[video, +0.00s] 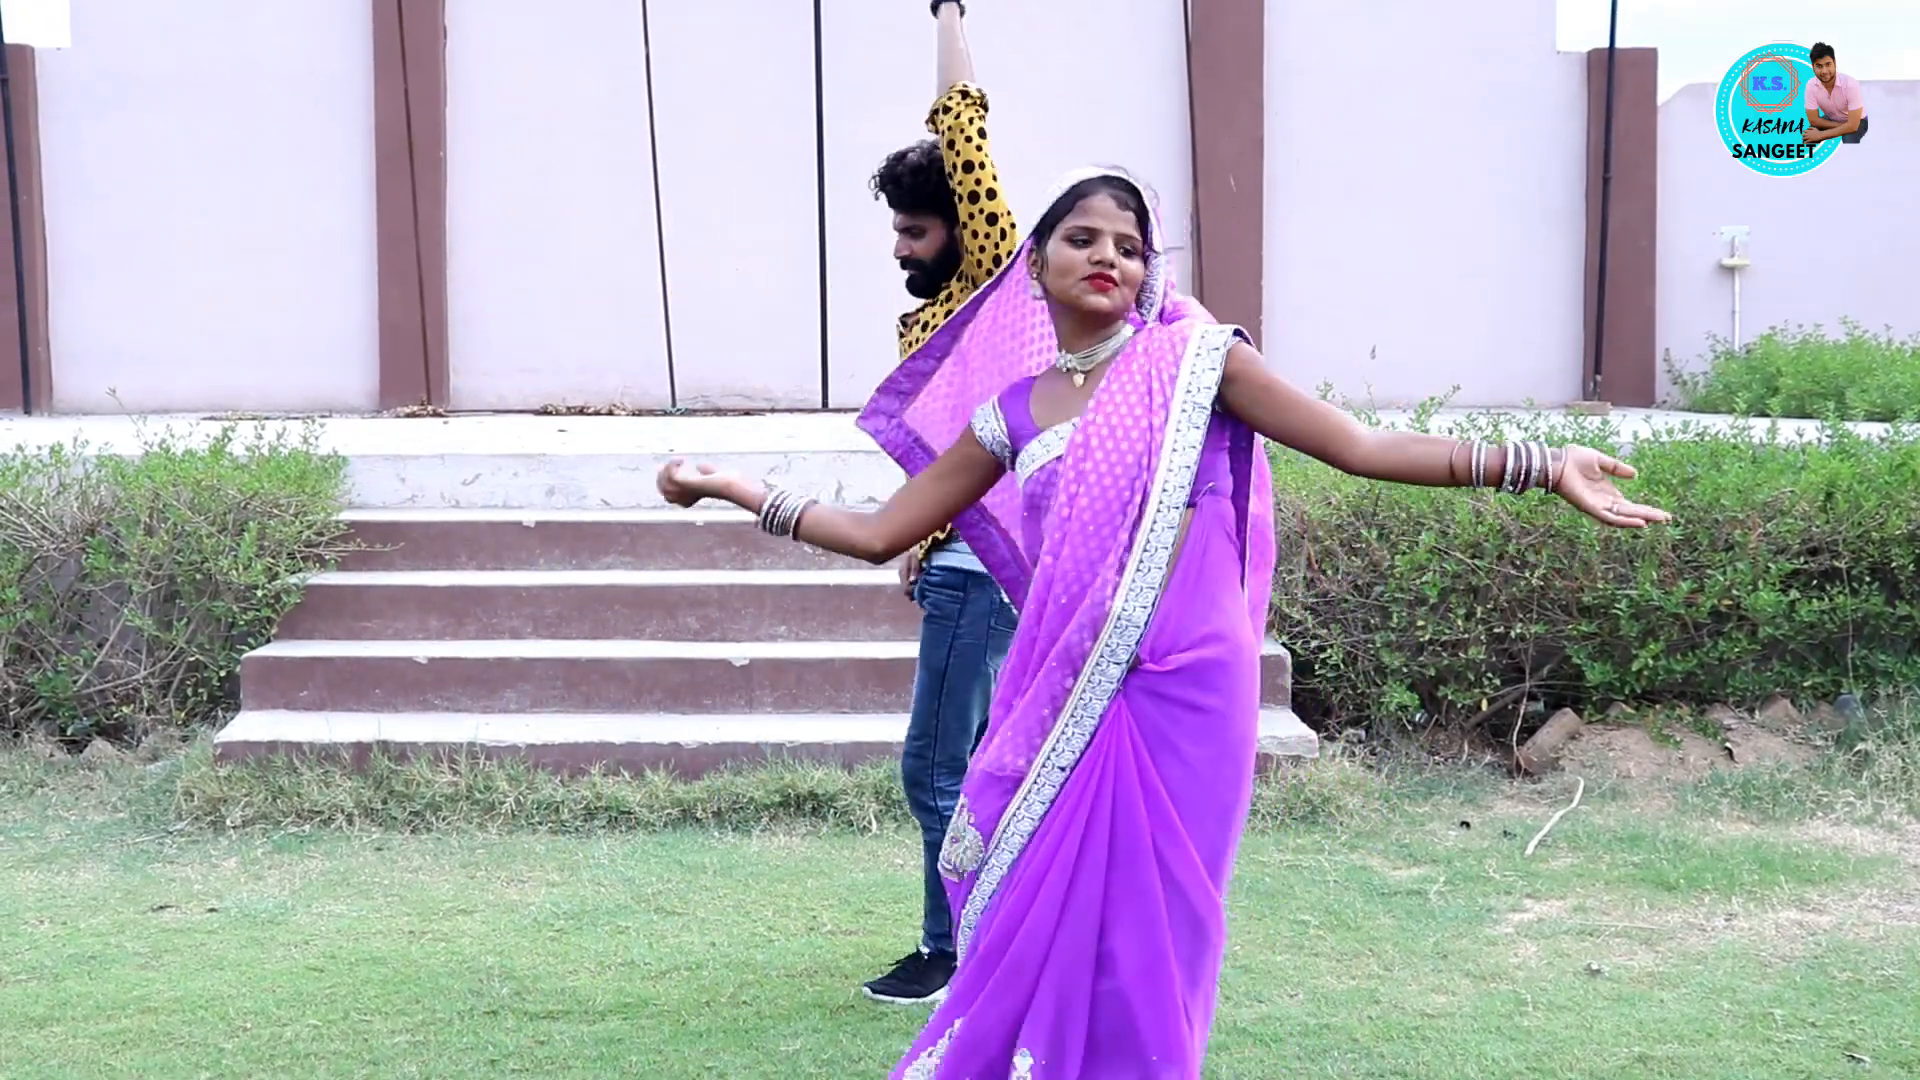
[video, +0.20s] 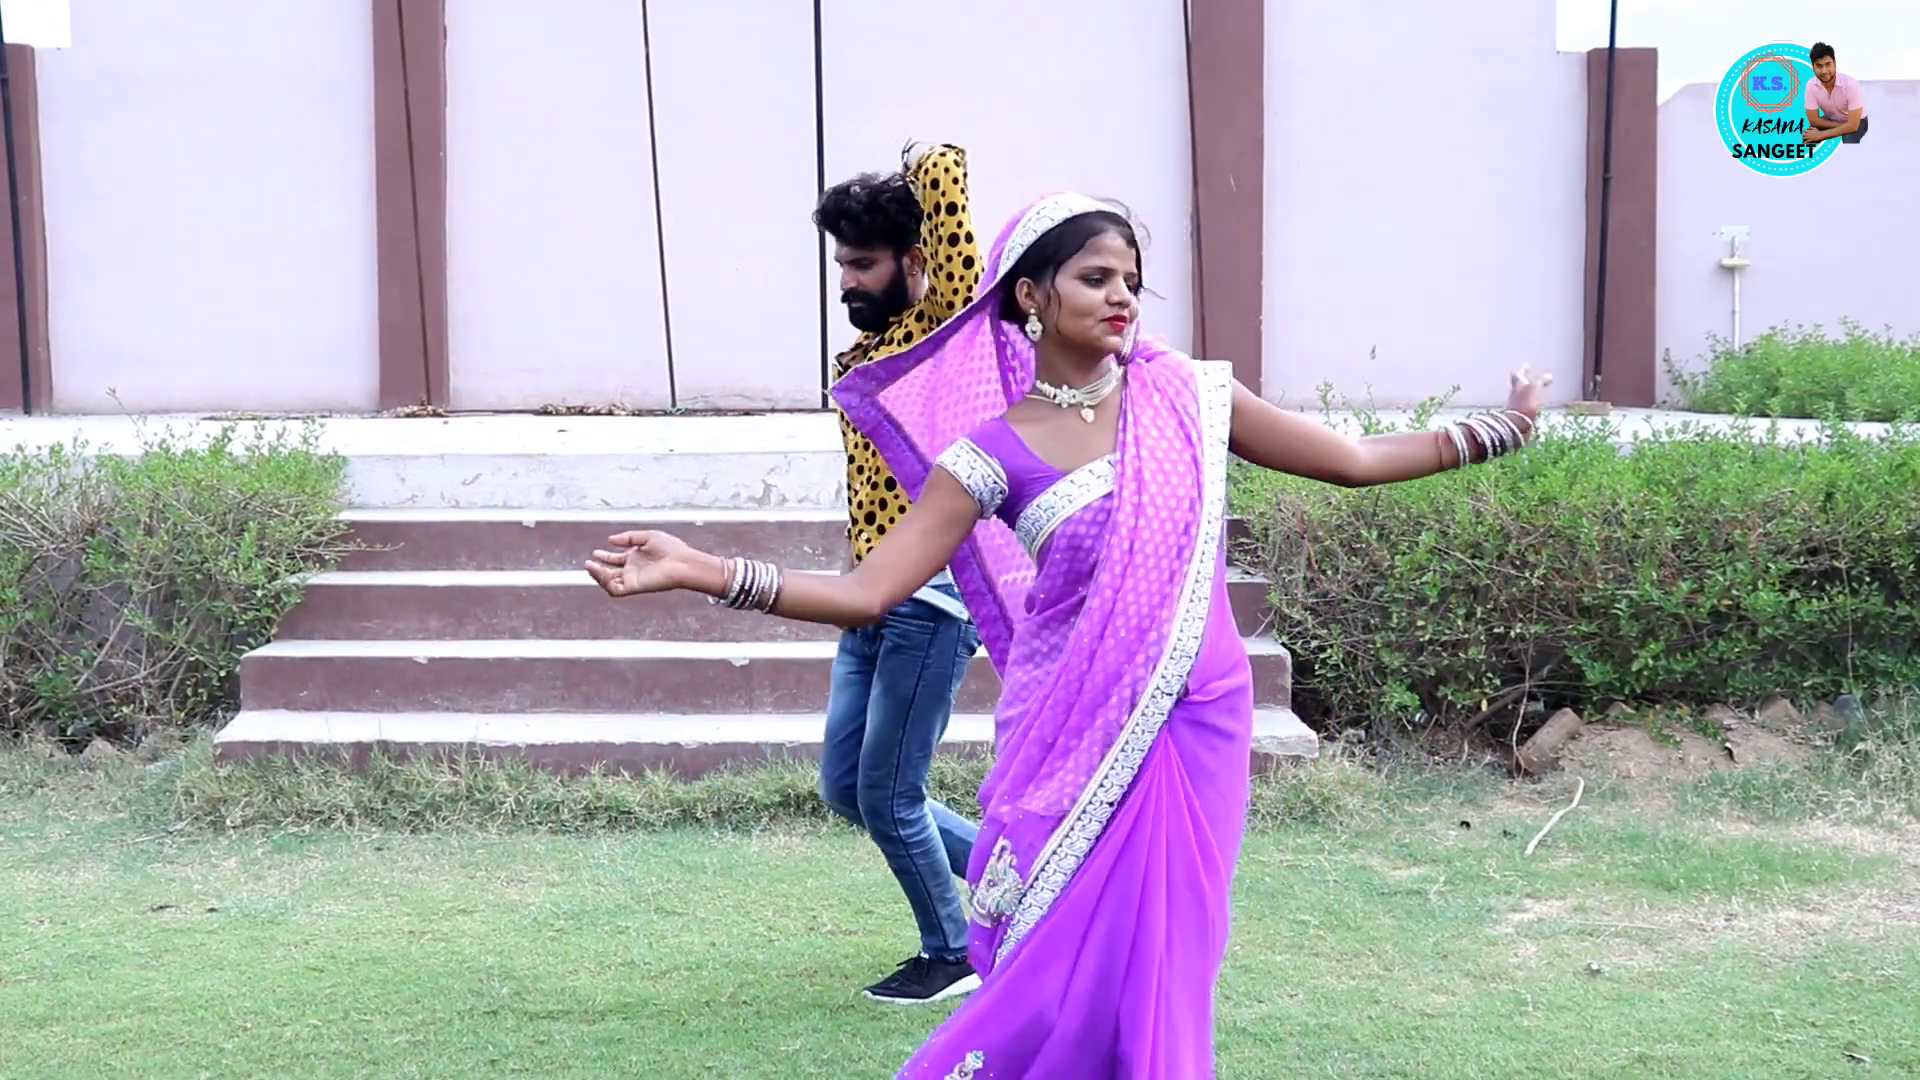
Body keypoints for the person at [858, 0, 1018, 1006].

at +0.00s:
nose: (902, 244)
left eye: (917, 230)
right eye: (897, 229)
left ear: (963, 221)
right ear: (910, 222)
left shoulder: (996, 288)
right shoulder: (944, 310)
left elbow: (966, 135)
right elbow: (953, 445)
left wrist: (953, 24)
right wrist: (918, 540)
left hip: (980, 568)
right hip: (955, 564)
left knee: (933, 765)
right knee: (960, 762)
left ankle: (954, 948)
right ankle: (972, 945)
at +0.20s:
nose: (848, 279)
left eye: (862, 265)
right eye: (843, 264)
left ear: (913, 260)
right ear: (842, 259)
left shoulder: (953, 333)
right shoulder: (874, 348)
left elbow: (943, 179)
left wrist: (921, 167)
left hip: (931, 608)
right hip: (870, 606)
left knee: (891, 795)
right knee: (848, 786)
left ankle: (952, 952)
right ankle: (1005, 860)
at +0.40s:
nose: (796, 260)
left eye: (809, 244)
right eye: (786, 246)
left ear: (859, 233)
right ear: (780, 240)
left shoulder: (902, 302)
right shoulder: (798, 336)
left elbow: (898, 198)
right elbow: (804, 460)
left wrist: (859, 91)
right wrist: (780, 544)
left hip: (885, 583)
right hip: (801, 580)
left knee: (885, 775)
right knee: (761, 761)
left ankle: (945, 940)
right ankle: (808, 944)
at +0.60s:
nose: (747, 276)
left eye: (762, 260)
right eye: (734, 262)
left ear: (803, 245)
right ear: (723, 254)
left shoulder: (847, 316)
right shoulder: (728, 344)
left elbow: (851, 169)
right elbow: (711, 462)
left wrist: (781, 78)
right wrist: (699, 545)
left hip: (814, 603)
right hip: (723, 605)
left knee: (809, 806)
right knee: (703, 802)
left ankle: (912, 919)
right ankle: (739, 977)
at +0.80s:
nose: (702, 278)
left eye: (719, 262)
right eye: (689, 260)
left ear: (761, 246)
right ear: (675, 247)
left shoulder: (803, 311)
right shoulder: (662, 344)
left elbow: (807, 148)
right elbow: (627, 474)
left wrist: (717, 50)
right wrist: (652, 573)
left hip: (779, 595)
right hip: (686, 604)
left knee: (740, 789)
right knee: (686, 805)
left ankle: (766, 964)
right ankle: (730, 972)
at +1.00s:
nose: (678, 276)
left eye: (695, 258)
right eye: (662, 258)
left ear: (729, 245)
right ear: (639, 247)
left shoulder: (769, 311)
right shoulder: (612, 353)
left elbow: (768, 140)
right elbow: (583, 498)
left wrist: (679, 27)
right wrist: (638, 597)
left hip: (755, 607)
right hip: (655, 612)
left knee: (704, 814)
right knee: (668, 809)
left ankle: (661, 1030)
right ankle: (731, 958)